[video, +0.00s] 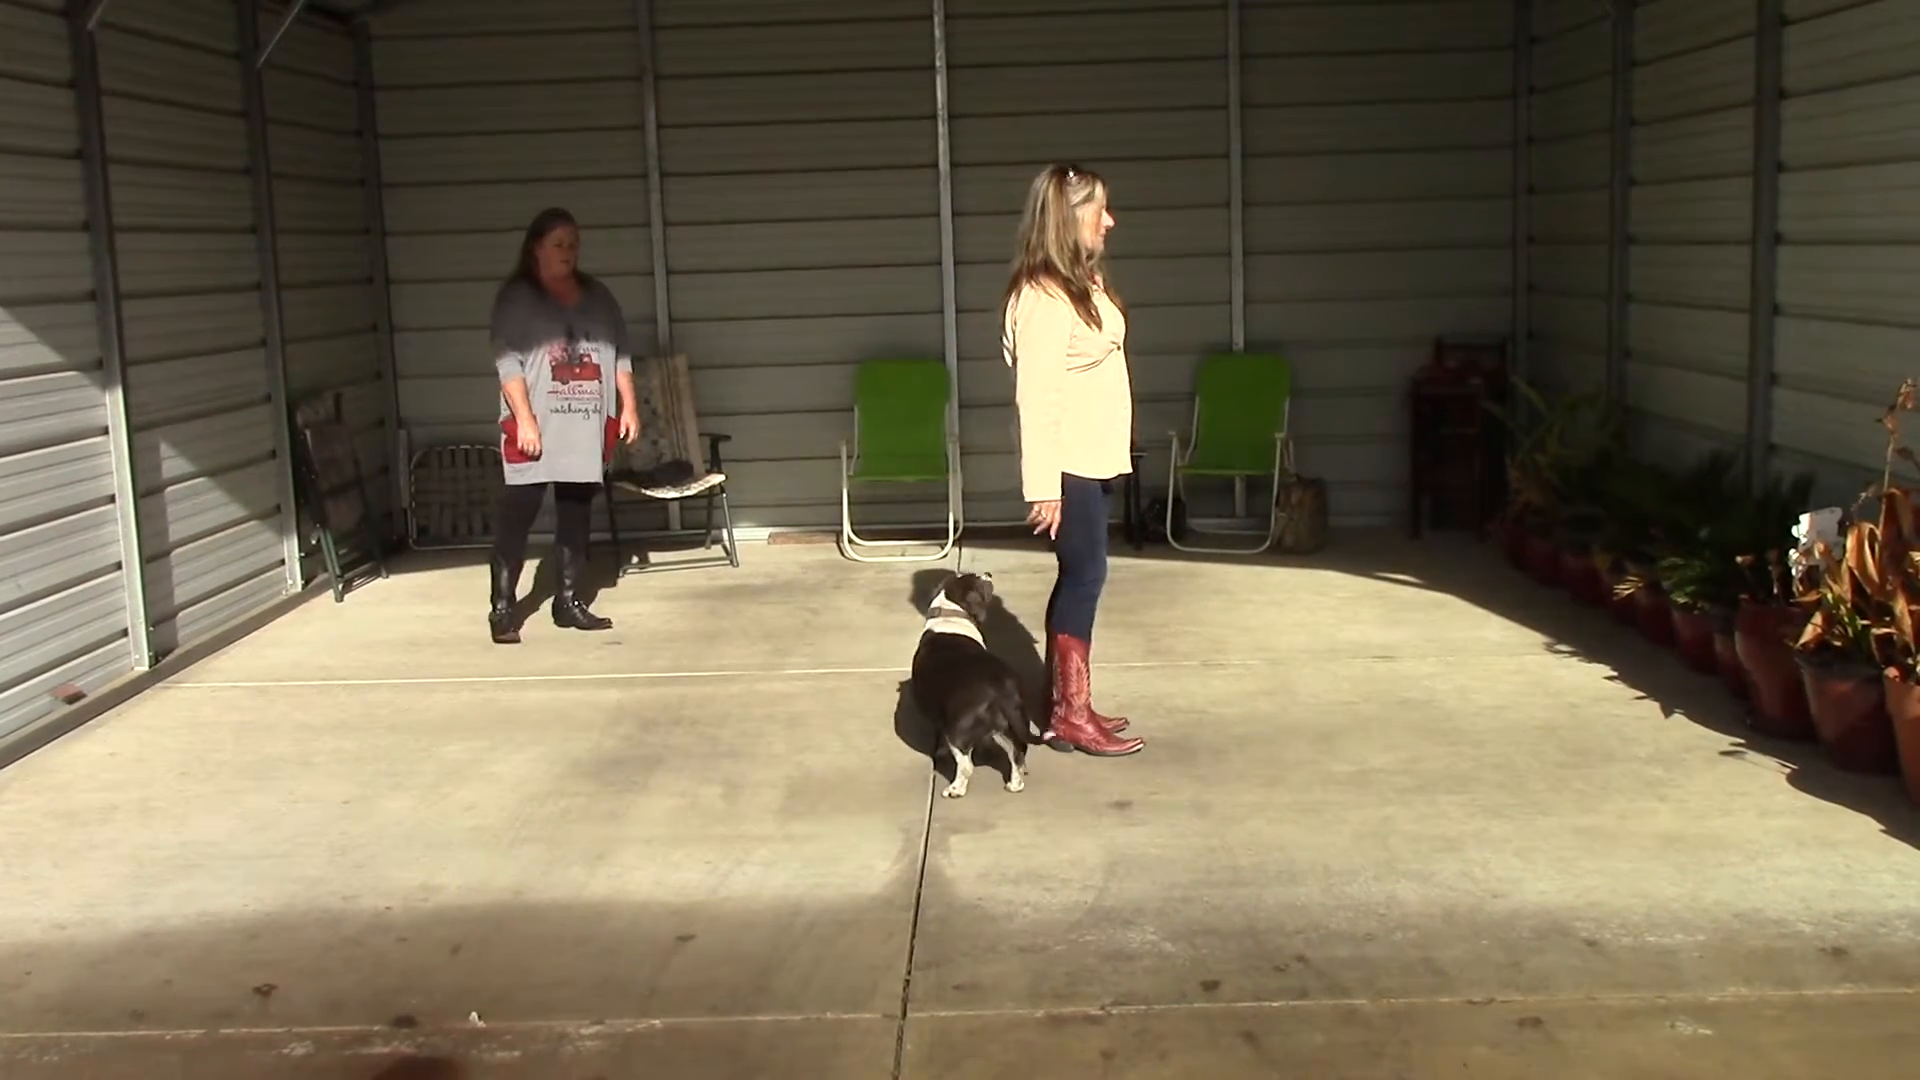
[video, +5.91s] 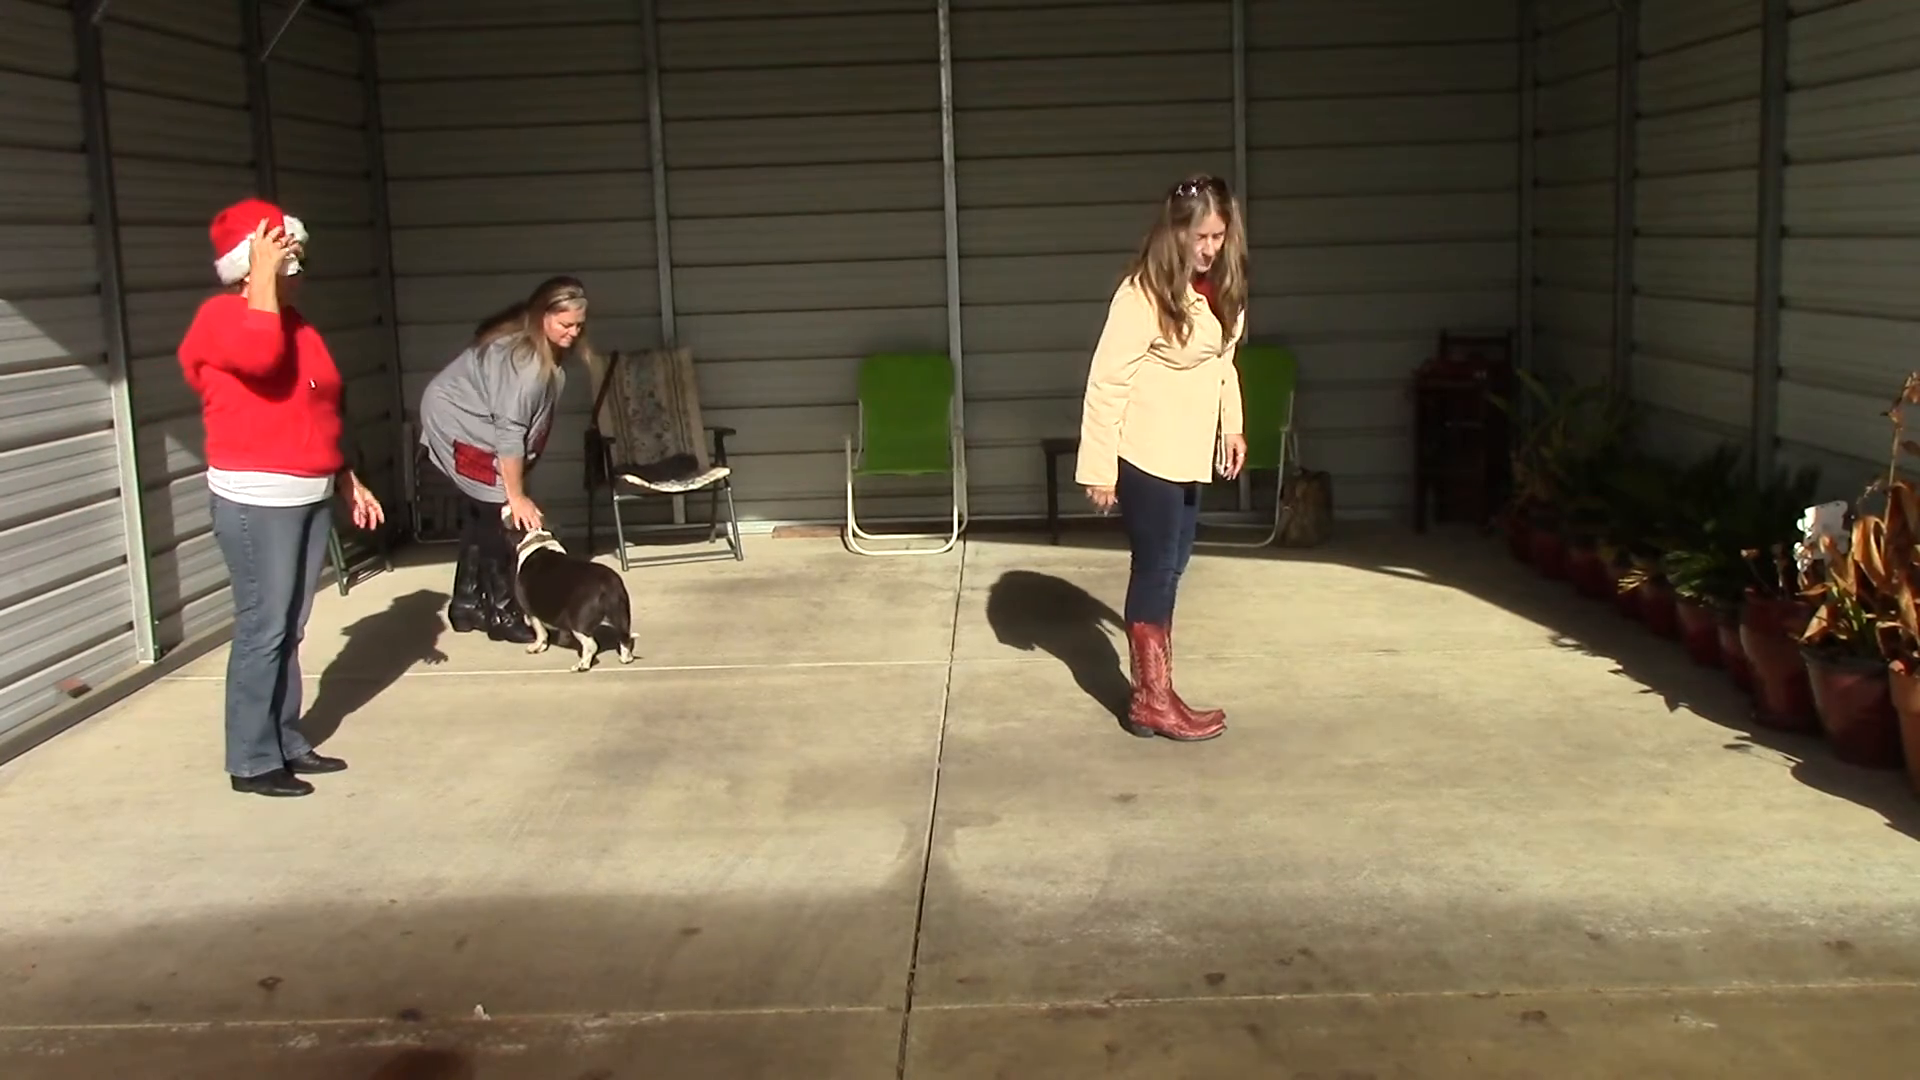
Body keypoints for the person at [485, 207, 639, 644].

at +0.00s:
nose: (566, 252)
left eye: (572, 245)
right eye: (557, 244)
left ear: (578, 249)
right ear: (536, 249)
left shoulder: (598, 297)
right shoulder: (517, 297)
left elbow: (620, 356)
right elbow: (507, 362)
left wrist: (629, 406)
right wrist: (524, 419)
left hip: (584, 429)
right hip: (530, 426)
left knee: (575, 511)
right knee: (518, 512)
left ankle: (568, 601)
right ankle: (503, 607)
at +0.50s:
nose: (533, 255)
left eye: (536, 247)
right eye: (524, 247)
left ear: (538, 251)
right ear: (498, 251)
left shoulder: (547, 300)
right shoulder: (483, 305)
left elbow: (562, 364)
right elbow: (491, 372)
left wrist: (573, 417)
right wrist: (519, 426)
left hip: (549, 428)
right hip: (500, 432)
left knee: (554, 512)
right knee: (503, 521)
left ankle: (566, 600)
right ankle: (498, 618)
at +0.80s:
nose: (513, 256)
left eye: (516, 248)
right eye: (505, 247)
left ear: (516, 251)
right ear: (480, 249)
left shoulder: (518, 299)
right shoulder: (469, 306)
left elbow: (527, 368)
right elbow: (485, 378)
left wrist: (533, 431)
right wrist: (505, 434)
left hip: (523, 433)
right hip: (488, 438)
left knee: (529, 511)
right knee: (494, 519)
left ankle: (515, 607)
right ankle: (497, 617)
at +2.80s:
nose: (493, 260)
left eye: (496, 252)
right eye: (484, 251)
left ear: (498, 252)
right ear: (459, 251)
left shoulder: (491, 296)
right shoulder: (450, 301)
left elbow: (500, 361)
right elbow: (466, 369)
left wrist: (509, 423)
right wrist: (489, 426)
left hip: (487, 423)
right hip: (468, 425)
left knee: (476, 511)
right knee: (494, 511)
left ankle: (465, 602)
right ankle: (500, 609)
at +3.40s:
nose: (534, 303)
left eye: (539, 295)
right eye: (526, 294)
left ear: (543, 293)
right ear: (501, 292)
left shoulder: (528, 330)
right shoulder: (489, 333)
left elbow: (524, 398)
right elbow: (490, 407)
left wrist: (512, 452)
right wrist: (512, 470)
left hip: (479, 422)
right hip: (447, 421)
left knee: (480, 509)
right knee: (490, 509)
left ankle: (464, 603)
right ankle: (499, 610)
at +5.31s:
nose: (577, 341)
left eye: (582, 334)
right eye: (571, 332)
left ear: (587, 329)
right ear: (549, 322)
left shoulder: (528, 342)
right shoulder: (532, 363)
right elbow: (511, 435)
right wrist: (516, 501)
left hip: (447, 409)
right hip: (450, 417)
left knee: (479, 510)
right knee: (495, 510)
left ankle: (465, 604)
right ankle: (503, 611)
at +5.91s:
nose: (572, 333)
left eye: (577, 326)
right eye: (565, 324)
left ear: (584, 322)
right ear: (543, 316)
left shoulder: (535, 346)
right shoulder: (524, 359)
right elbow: (509, 433)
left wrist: (514, 484)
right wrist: (516, 497)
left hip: (464, 415)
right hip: (454, 420)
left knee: (482, 508)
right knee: (497, 510)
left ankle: (466, 603)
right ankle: (502, 611)